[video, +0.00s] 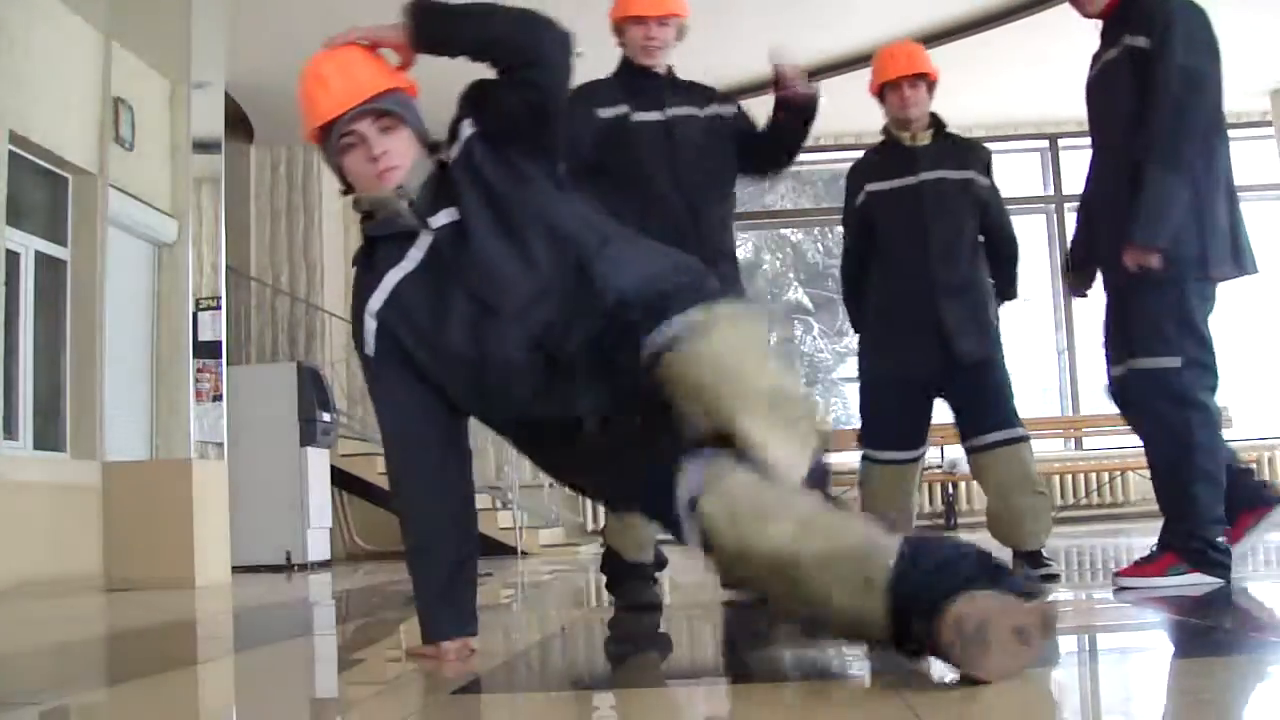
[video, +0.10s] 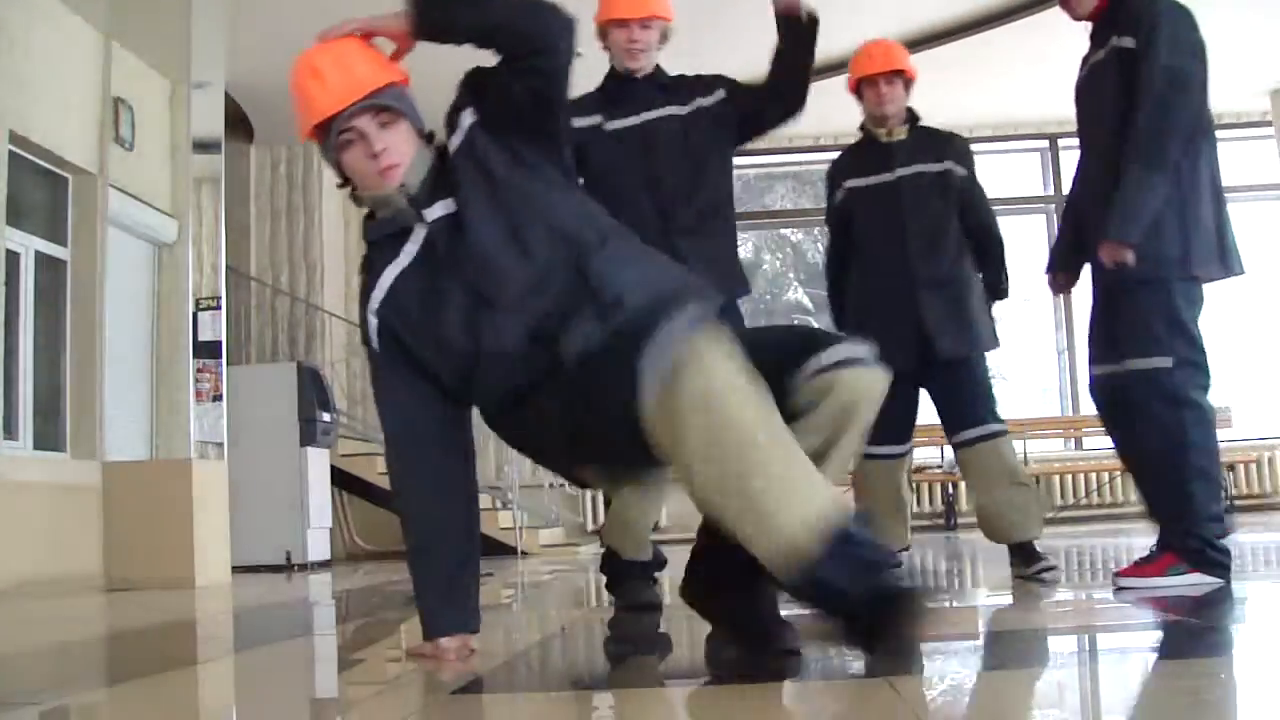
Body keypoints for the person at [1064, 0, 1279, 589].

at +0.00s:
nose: (1075, 5)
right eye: (1072, 3)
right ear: (1092, 0)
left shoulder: (1170, 13)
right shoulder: (1115, 41)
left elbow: (1180, 126)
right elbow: (1112, 154)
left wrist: (1153, 228)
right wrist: (1087, 247)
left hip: (1171, 241)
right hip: (1132, 247)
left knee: (1170, 383)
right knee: (1135, 381)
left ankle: (1198, 548)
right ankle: (1236, 490)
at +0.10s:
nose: (1062, 4)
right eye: (1060, 1)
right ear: (1086, 0)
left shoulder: (1158, 15)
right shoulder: (1103, 43)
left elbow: (1164, 126)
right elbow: (1096, 156)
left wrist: (1127, 224)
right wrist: (1069, 248)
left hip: (1163, 241)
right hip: (1120, 247)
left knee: (1164, 385)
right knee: (1116, 388)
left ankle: (1203, 553)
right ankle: (1178, 542)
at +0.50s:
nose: (1014, 22)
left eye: (1019, 7)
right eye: (1005, 15)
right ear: (1008, 19)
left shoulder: (1123, 53)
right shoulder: (1035, 93)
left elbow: (1154, 158)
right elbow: (1039, 195)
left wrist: (1151, 253)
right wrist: (1037, 286)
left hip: (1121, 273)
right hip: (1063, 284)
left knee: (1151, 405)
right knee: (1075, 412)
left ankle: (1194, 548)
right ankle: (1111, 542)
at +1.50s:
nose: (1101, 59)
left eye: (1110, 47)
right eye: (1089, 51)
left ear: (1132, 46)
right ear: (1077, 57)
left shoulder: (1176, 115)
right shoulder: (1061, 131)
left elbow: (1202, 204)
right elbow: (1048, 219)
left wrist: (1209, 287)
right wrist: (1048, 291)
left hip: (1161, 298)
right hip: (1087, 301)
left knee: (1158, 422)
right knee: (1079, 421)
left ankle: (1155, 538)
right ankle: (1079, 537)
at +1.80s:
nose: (1109, 69)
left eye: (1119, 57)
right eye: (1099, 60)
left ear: (1145, 56)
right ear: (1091, 66)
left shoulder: (1190, 121)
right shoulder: (1083, 140)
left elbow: (1226, 207)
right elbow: (1070, 224)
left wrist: (1246, 283)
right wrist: (1073, 290)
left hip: (1171, 296)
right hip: (1106, 301)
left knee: (1159, 409)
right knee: (1106, 406)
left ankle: (1161, 540)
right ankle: (1155, 519)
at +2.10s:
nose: (1127, 93)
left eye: (1135, 81)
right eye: (1117, 85)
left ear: (1161, 77)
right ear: (1109, 89)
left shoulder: (1203, 133)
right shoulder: (1113, 160)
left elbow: (1243, 191)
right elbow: (1098, 238)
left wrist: (1200, 216)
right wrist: (1087, 305)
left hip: (1197, 301)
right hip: (1143, 306)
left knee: (1175, 411)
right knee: (1177, 416)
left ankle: (1159, 535)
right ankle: (1231, 526)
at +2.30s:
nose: (1137, 96)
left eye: (1144, 83)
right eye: (1128, 89)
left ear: (1171, 78)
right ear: (1123, 95)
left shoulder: (1216, 126)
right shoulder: (1132, 163)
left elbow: (1257, 160)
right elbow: (1119, 242)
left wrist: (1188, 124)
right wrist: (1092, 301)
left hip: (1218, 294)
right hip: (1166, 303)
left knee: (1197, 406)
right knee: (1190, 413)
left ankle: (1176, 526)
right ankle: (1233, 526)